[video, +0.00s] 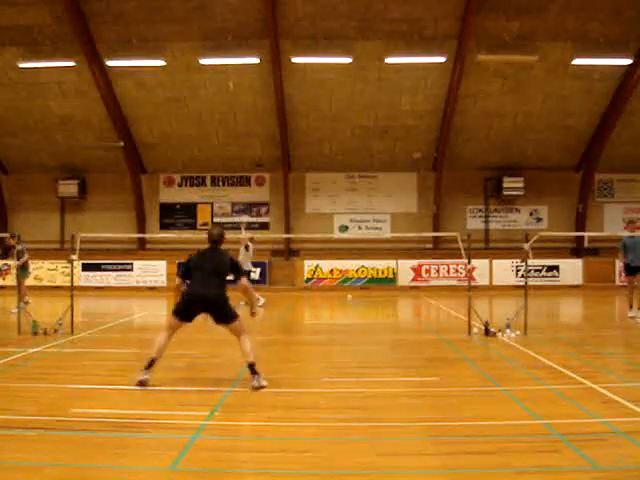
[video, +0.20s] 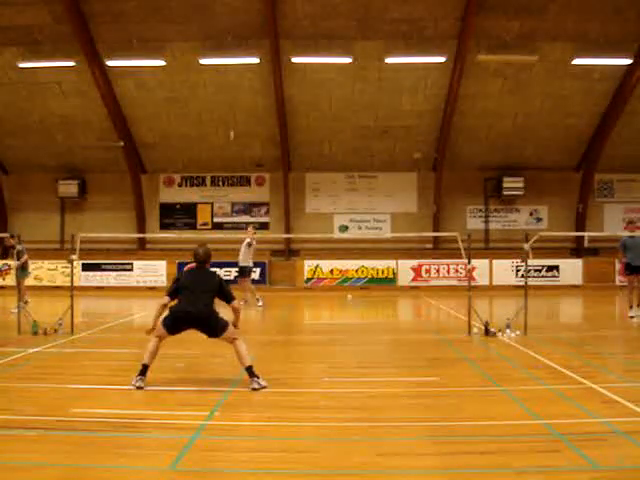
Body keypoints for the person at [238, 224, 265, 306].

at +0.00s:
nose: (243, 240)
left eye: (245, 238)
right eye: (243, 238)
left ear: (248, 240)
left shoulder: (248, 246)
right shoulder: (243, 246)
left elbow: (244, 238)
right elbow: (243, 237)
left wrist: (243, 229)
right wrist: (243, 229)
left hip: (247, 268)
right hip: (242, 268)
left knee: (246, 285)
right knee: (243, 286)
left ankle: (258, 298)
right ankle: (248, 299)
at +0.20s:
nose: (249, 233)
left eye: (250, 231)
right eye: (248, 231)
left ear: (254, 232)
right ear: (247, 232)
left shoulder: (251, 241)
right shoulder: (246, 241)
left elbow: (251, 243)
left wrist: (251, 238)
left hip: (247, 264)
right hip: (242, 264)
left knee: (247, 283)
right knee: (241, 283)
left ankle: (257, 298)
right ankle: (245, 298)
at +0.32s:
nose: (254, 230)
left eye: (256, 229)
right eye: (253, 228)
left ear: (257, 230)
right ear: (250, 229)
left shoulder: (255, 238)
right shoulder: (245, 237)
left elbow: (258, 244)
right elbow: (240, 232)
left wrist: (257, 236)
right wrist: (250, 231)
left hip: (251, 261)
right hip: (242, 260)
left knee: (251, 280)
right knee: (243, 281)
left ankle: (259, 296)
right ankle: (245, 296)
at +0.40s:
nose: (256, 232)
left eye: (257, 231)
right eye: (255, 230)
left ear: (257, 232)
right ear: (251, 230)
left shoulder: (256, 239)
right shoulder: (244, 236)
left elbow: (260, 246)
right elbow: (238, 231)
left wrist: (258, 237)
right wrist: (242, 229)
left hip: (252, 261)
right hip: (243, 260)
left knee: (251, 279)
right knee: (243, 280)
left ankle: (259, 295)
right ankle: (245, 296)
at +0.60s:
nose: (260, 242)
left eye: (261, 240)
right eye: (258, 240)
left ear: (263, 242)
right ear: (256, 240)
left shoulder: (264, 250)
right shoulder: (251, 247)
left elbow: (265, 260)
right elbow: (247, 256)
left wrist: (265, 255)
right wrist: (254, 262)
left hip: (258, 267)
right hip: (249, 267)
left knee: (260, 282)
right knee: (247, 283)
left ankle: (263, 298)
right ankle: (245, 298)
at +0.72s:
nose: (265, 240)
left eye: (267, 239)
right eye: (264, 239)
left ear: (268, 240)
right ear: (261, 240)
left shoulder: (270, 249)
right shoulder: (256, 249)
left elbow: (273, 257)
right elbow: (254, 262)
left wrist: (272, 262)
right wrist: (261, 270)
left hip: (266, 267)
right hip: (256, 268)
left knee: (267, 284)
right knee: (252, 284)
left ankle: (266, 299)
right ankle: (246, 297)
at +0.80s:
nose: (267, 241)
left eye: (269, 239)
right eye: (266, 239)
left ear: (270, 240)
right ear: (264, 240)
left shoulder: (273, 247)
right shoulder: (259, 247)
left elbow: (277, 255)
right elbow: (254, 256)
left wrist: (278, 261)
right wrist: (257, 266)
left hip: (268, 267)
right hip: (259, 268)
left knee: (268, 284)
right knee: (255, 284)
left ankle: (267, 299)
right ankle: (252, 295)